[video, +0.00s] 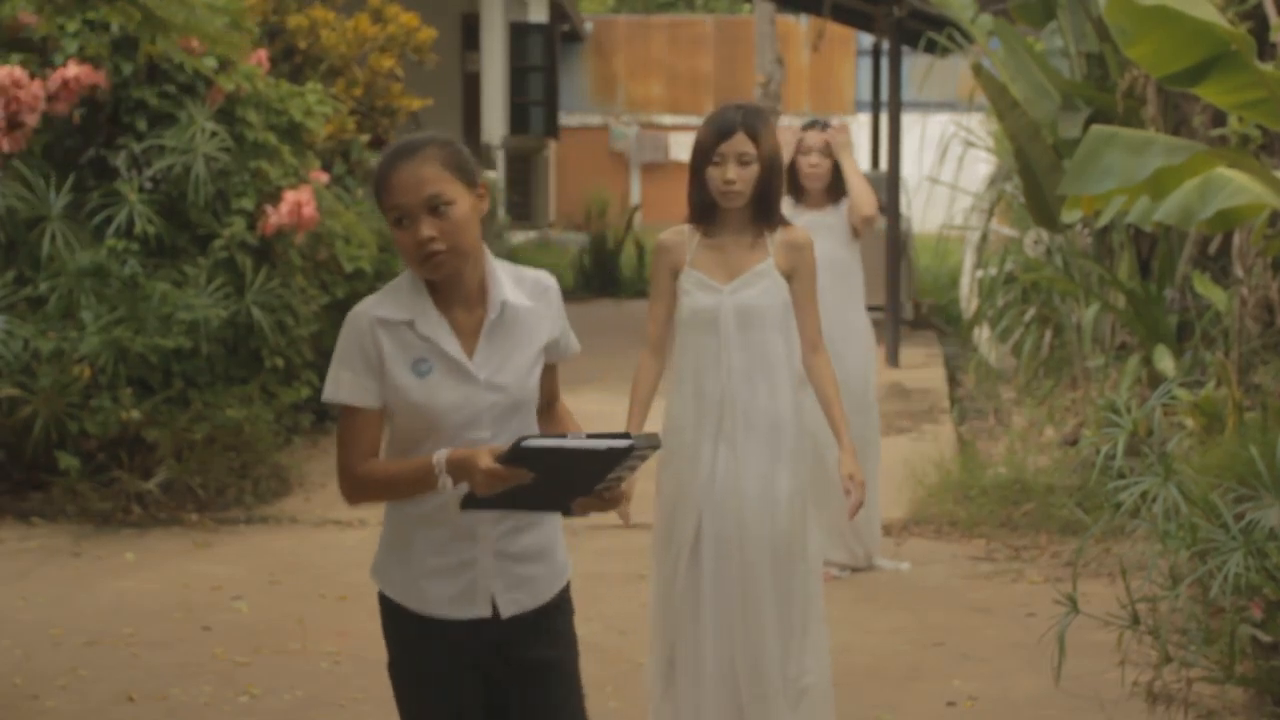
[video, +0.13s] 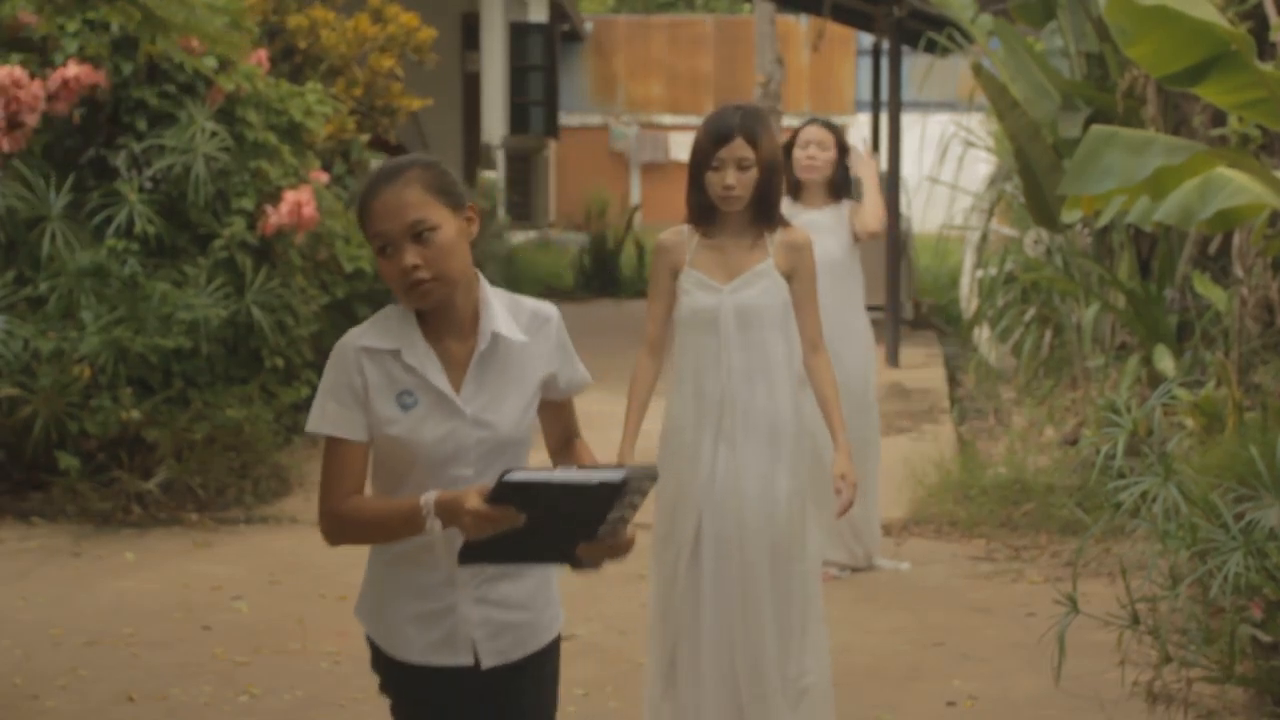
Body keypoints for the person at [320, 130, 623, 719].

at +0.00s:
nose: (424, 234)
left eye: (439, 208)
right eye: (402, 220)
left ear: (481, 199)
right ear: (388, 231)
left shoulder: (539, 296)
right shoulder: (373, 325)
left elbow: (550, 407)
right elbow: (356, 480)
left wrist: (593, 472)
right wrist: (453, 466)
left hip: (534, 586)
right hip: (428, 598)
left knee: (556, 713)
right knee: (444, 714)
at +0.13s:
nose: (408, 262)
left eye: (423, 234)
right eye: (387, 249)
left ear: (470, 223)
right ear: (375, 261)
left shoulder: (537, 326)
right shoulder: (361, 355)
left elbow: (568, 444)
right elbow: (337, 518)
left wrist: (605, 517)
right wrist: (442, 509)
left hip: (522, 619)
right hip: (415, 629)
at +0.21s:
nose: (401, 270)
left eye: (417, 242)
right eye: (381, 257)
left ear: (468, 227)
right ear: (369, 267)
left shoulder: (544, 349)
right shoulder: (354, 364)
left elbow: (579, 483)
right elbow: (321, 526)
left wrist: (599, 569)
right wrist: (408, 531)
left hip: (512, 649)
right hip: (395, 657)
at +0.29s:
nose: (378, 269)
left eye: (395, 242)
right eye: (361, 256)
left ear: (456, 228)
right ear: (352, 266)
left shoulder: (539, 362)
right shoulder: (340, 366)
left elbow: (583, 507)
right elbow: (306, 521)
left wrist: (588, 588)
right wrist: (353, 550)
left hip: (498, 670)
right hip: (373, 671)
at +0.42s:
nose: (315, 250)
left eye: (334, 221)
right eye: (303, 234)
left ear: (407, 212)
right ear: (296, 245)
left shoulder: (499, 356)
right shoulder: (298, 351)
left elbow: (561, 524)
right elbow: (276, 494)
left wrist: (508, 607)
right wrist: (273, 553)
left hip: (462, 684)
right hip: (331, 681)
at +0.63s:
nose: (166, 273)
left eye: (189, 241)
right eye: (157, 254)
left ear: (273, 233)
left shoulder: (371, 388)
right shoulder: (178, 392)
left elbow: (441, 596)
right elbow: (186, 540)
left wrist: (333, 668)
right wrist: (165, 613)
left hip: (346, 702)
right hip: (210, 699)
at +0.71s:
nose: (101, 274)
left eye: (122, 239)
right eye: (93, 255)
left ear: (208, 227)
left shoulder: (328, 388)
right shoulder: (131, 402)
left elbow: (406, 599)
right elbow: (133, 570)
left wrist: (299, 691)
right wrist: (107, 642)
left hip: (292, 707)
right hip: (160, 705)